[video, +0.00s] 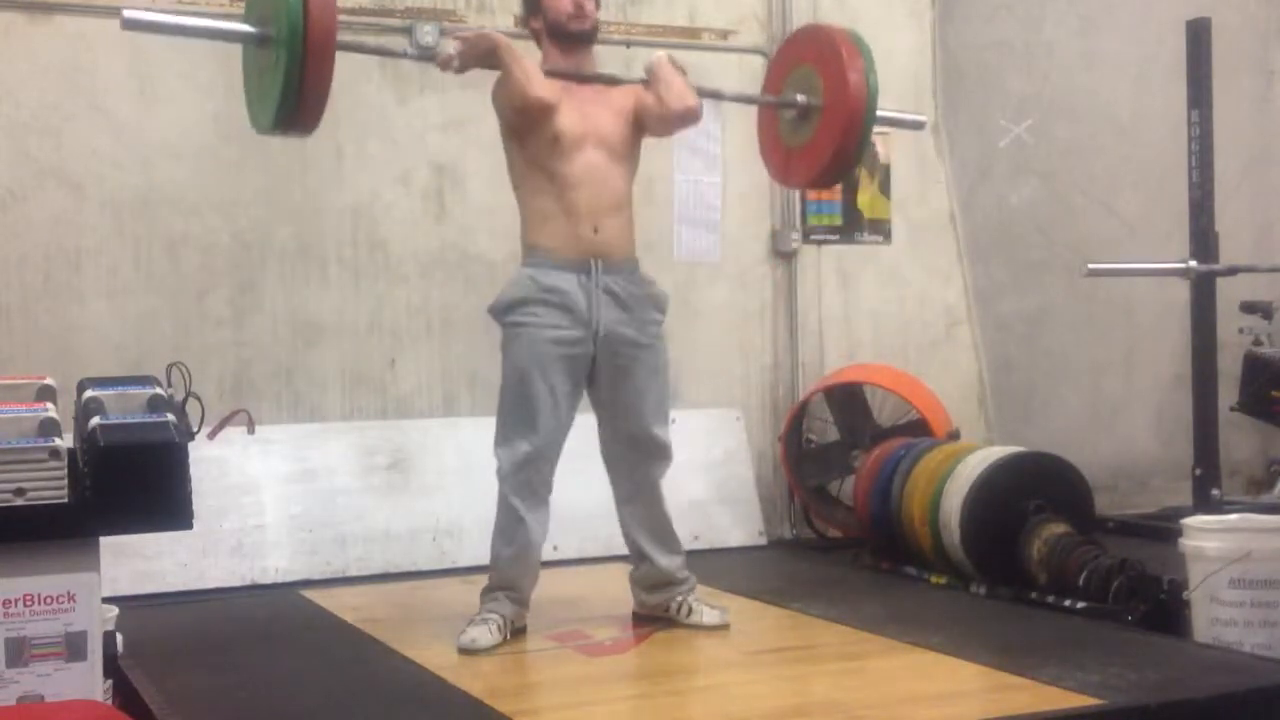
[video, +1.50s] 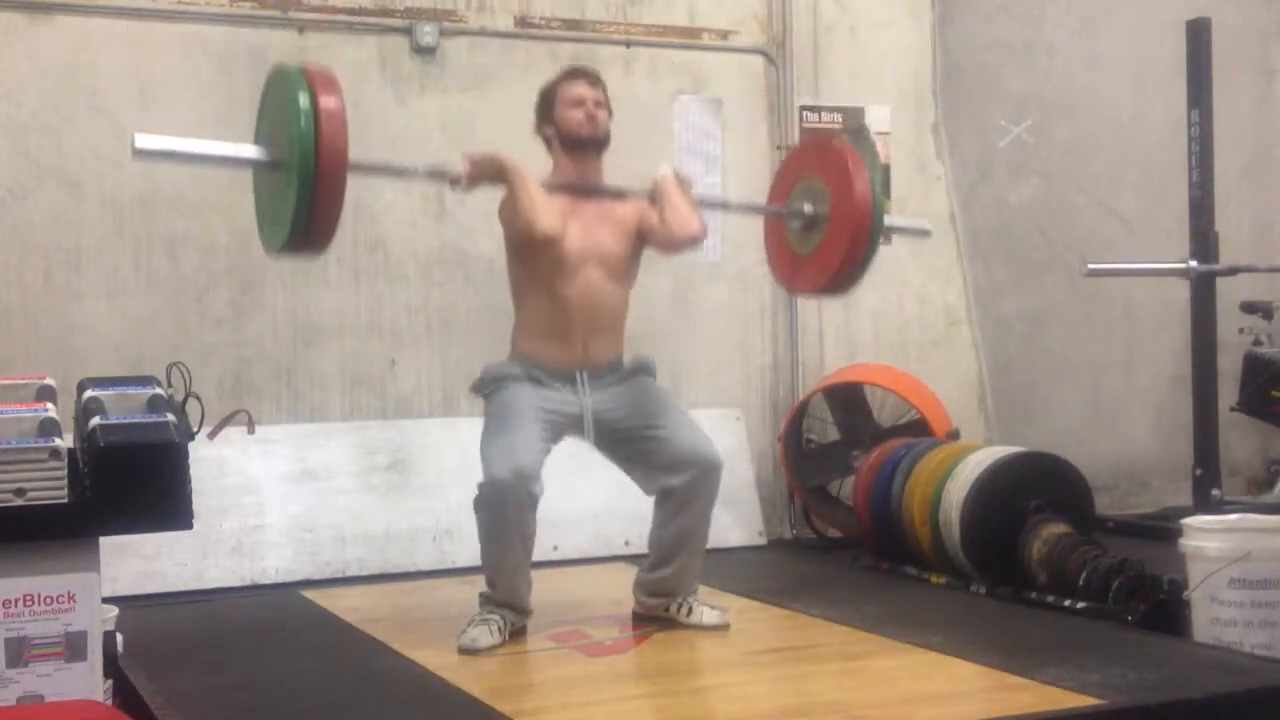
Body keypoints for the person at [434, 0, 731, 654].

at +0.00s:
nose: (581, 5)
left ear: (599, 15)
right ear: (537, 14)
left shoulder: (630, 95)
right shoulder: (524, 91)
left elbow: (683, 109)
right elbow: (531, 100)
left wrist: (660, 62)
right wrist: (501, 49)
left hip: (628, 290)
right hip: (547, 288)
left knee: (644, 447)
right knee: (527, 452)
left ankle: (661, 590)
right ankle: (504, 602)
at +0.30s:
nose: (580, 6)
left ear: (597, 17)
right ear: (536, 19)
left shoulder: (628, 100)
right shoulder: (522, 97)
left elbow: (682, 110)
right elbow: (535, 100)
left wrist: (657, 64)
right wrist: (504, 48)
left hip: (632, 291)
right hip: (550, 291)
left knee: (648, 447)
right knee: (531, 455)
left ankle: (661, 590)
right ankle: (504, 601)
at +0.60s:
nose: (583, 8)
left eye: (590, 1)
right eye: (566, 1)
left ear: (599, 19)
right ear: (538, 19)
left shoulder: (629, 102)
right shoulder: (522, 98)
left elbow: (685, 110)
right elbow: (538, 100)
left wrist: (656, 62)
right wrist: (506, 48)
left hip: (632, 293)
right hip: (550, 291)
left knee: (647, 449)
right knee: (530, 455)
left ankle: (661, 591)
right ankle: (504, 602)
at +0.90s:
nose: (585, 8)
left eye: (592, 2)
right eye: (568, 1)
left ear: (600, 21)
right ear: (539, 19)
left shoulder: (630, 103)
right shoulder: (525, 99)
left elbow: (685, 113)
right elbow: (539, 104)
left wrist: (658, 63)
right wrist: (506, 50)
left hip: (632, 293)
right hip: (550, 292)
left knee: (647, 450)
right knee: (530, 456)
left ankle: (661, 591)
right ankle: (504, 603)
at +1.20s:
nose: (588, 23)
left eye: (596, 14)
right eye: (573, 12)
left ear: (604, 32)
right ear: (543, 31)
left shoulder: (631, 113)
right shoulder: (522, 108)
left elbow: (685, 130)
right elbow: (539, 111)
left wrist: (664, 80)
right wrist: (506, 59)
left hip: (624, 312)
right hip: (541, 310)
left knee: (666, 445)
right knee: (520, 448)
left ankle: (662, 590)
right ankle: (504, 602)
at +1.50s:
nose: (592, 111)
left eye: (600, 105)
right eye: (576, 104)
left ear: (610, 123)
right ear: (548, 125)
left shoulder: (634, 208)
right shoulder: (526, 200)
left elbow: (687, 232)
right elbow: (543, 229)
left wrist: (667, 179)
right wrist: (508, 168)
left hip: (616, 384)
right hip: (532, 383)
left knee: (698, 464)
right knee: (507, 479)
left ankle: (662, 596)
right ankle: (502, 608)